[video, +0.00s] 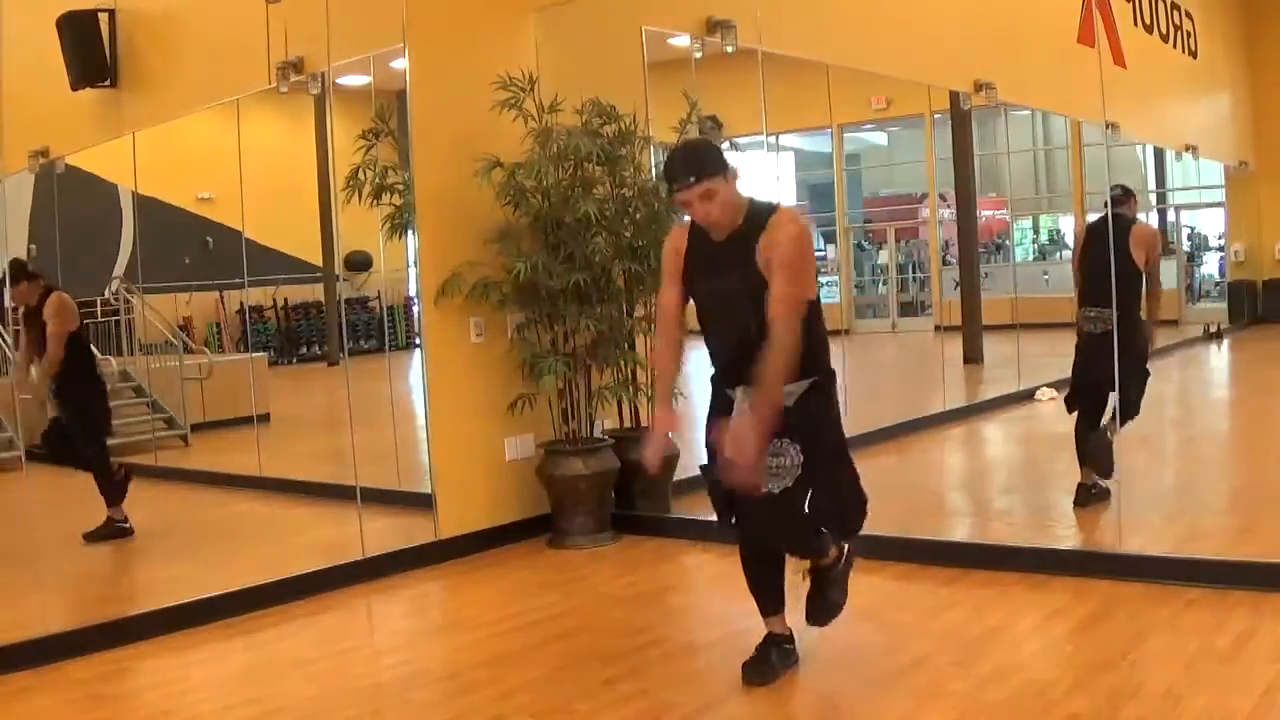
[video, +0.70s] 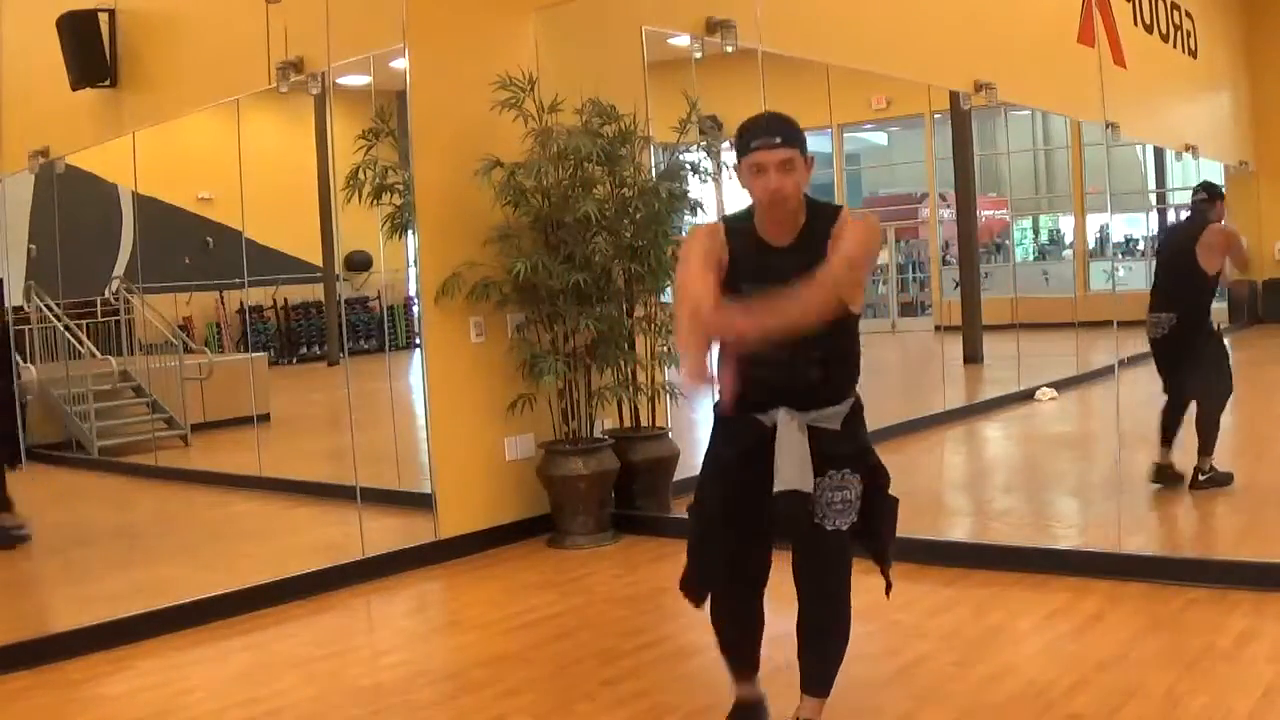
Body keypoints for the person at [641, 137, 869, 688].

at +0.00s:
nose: (699, 214)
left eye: (706, 198)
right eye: (687, 205)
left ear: (731, 180)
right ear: (678, 201)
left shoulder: (784, 229)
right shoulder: (683, 241)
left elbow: (785, 334)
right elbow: (669, 332)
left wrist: (756, 419)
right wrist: (662, 411)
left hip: (798, 392)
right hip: (734, 395)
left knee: (776, 509)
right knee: (749, 515)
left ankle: (828, 555)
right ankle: (777, 637)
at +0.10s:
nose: (697, 218)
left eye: (704, 201)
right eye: (683, 208)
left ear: (728, 185)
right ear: (673, 207)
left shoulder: (790, 235)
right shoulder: (677, 252)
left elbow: (859, 305)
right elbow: (685, 332)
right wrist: (701, 395)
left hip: (797, 401)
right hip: (733, 406)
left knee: (781, 514)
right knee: (748, 525)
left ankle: (817, 592)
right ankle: (776, 634)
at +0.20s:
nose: (707, 217)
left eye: (714, 199)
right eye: (692, 207)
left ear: (735, 188)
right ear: (680, 209)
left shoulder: (793, 231)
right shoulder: (676, 248)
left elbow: (877, 228)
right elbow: (706, 311)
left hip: (799, 405)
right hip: (732, 410)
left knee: (793, 527)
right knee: (750, 529)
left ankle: (802, 651)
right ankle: (776, 633)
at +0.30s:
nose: (720, 220)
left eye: (730, 202)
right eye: (705, 208)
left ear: (752, 193)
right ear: (692, 209)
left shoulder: (799, 232)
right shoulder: (679, 245)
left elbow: (869, 197)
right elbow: (706, 307)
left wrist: (919, 173)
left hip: (803, 415)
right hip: (735, 420)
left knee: (802, 543)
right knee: (752, 537)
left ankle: (802, 685)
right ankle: (776, 632)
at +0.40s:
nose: (733, 224)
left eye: (744, 206)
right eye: (719, 211)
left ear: (766, 199)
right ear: (705, 212)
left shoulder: (813, 246)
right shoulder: (689, 253)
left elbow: (888, 225)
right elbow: (656, 268)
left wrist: (947, 211)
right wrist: (642, 291)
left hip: (807, 431)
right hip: (735, 435)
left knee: (811, 564)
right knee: (753, 544)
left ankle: (811, 705)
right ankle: (777, 631)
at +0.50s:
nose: (749, 213)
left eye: (760, 194)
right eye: (734, 198)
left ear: (781, 190)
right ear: (717, 201)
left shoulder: (835, 250)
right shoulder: (689, 260)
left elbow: (924, 294)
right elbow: (651, 318)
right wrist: (630, 362)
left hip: (815, 433)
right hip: (737, 436)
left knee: (813, 571)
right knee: (746, 553)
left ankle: (810, 706)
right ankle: (773, 620)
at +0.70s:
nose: (774, 182)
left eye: (785, 167)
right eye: (759, 171)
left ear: (806, 168)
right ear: (741, 178)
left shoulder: (852, 228)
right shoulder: (709, 242)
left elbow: (821, 300)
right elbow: (693, 322)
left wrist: (737, 324)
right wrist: (694, 361)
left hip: (828, 427)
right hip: (744, 429)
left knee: (825, 577)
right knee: (734, 575)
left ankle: (812, 707)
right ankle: (746, 695)